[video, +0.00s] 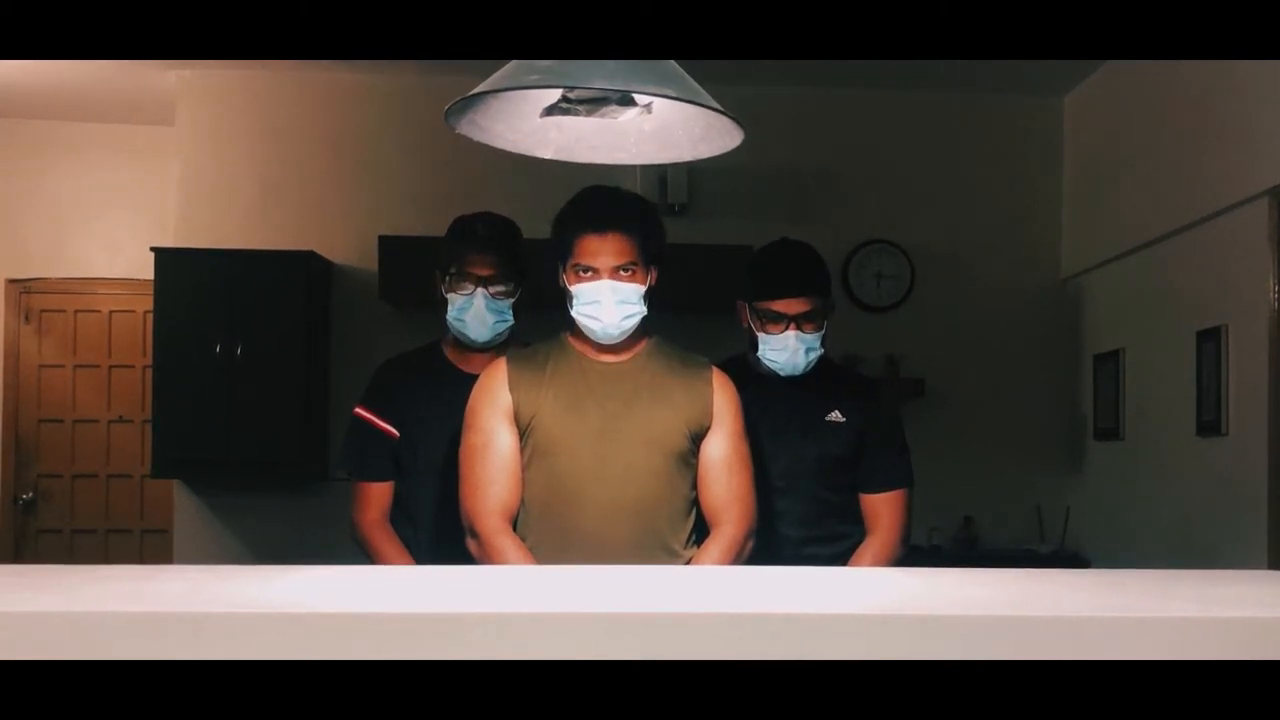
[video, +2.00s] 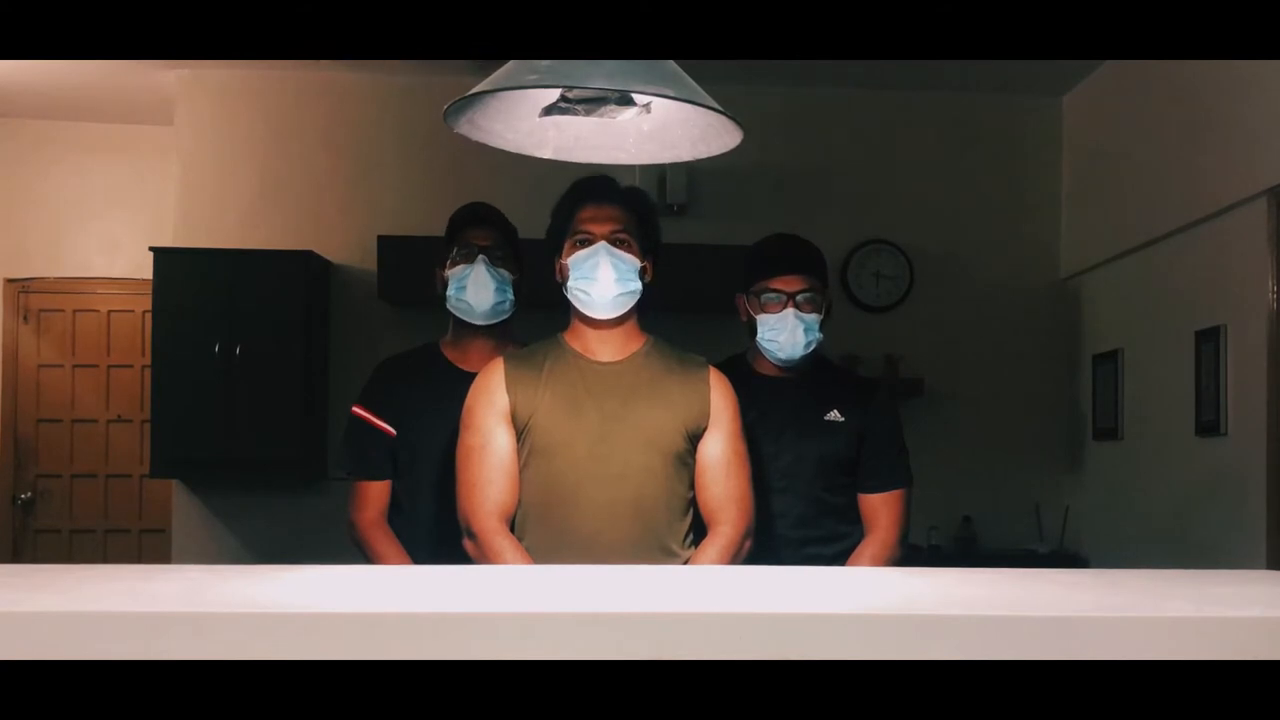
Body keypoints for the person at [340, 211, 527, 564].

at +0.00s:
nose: (480, 305)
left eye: (499, 289)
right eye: (464, 284)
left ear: (518, 293)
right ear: (443, 286)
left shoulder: (539, 384)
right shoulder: (399, 380)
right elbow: (370, 520)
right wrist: (423, 597)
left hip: (516, 593)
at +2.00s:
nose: (481, 271)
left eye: (498, 259)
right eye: (465, 256)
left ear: (516, 275)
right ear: (443, 273)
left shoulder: (541, 380)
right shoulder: (397, 378)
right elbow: (368, 520)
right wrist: (422, 599)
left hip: (517, 593)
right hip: (426, 591)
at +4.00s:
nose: (483, 262)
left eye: (499, 252)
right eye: (469, 251)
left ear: (518, 272)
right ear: (446, 272)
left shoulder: (542, 382)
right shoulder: (399, 380)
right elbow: (369, 518)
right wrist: (421, 598)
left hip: (518, 593)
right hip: (427, 592)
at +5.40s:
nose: (454, 284)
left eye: (470, 271)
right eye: (439, 268)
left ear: (490, 287)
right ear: (418, 282)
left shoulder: (508, 380)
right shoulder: (369, 375)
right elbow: (346, 514)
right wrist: (393, 591)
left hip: (481, 592)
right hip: (389, 588)